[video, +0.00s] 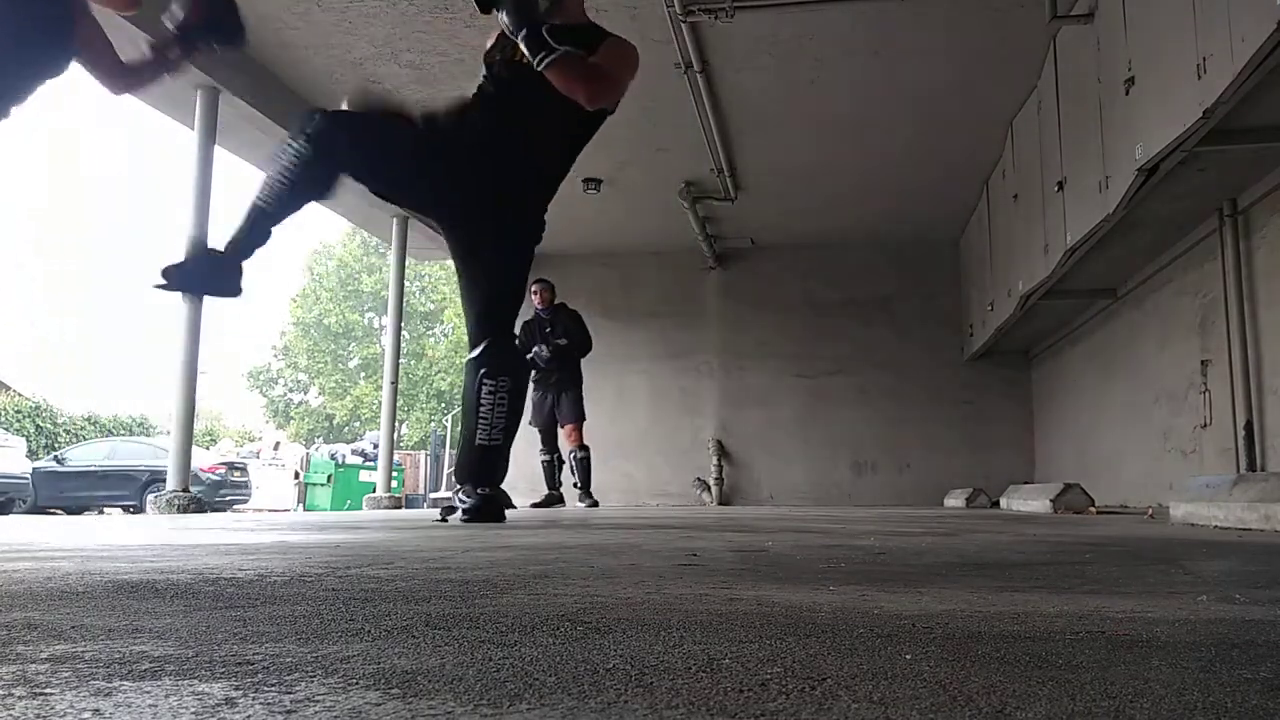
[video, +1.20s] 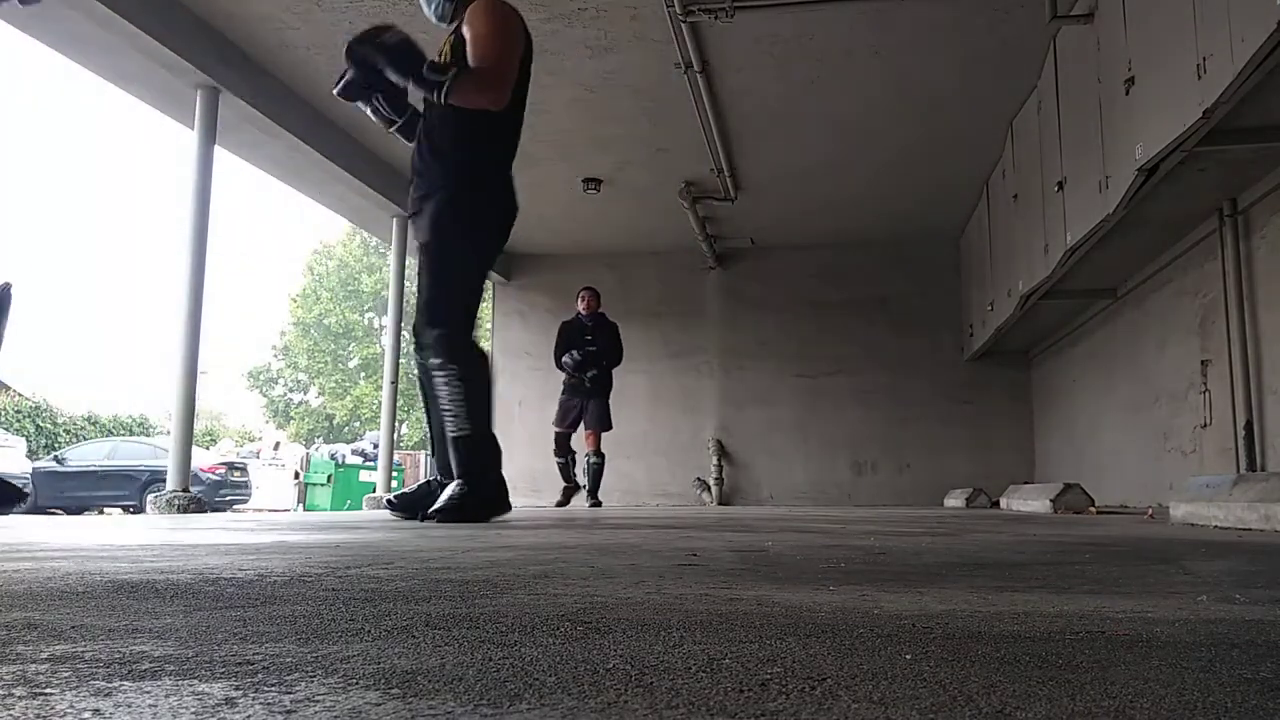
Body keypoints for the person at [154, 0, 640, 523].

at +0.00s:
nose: (532, 12)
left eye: (542, 8)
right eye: (529, 10)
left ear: (572, 5)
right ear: (536, 11)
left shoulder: (616, 51)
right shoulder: (512, 38)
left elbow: (588, 91)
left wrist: (530, 36)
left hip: (502, 208)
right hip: (439, 161)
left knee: (492, 342)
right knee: (329, 129)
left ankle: (479, 487)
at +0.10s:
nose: (511, 9)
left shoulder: (612, 44)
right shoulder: (504, 30)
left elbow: (591, 86)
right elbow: (457, 86)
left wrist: (531, 27)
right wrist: (400, 63)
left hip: (506, 202)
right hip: (446, 167)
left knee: (493, 341)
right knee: (340, 137)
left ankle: (484, 485)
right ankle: (300, 286)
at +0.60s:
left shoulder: (581, 14)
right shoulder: (485, 26)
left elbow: (520, 46)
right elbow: (396, 58)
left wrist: (463, 9)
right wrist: (322, 28)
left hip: (507, 200)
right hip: (450, 172)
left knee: (490, 339)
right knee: (325, 145)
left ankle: (482, 485)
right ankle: (356, 284)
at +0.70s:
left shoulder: (568, 12)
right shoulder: (473, 28)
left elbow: (501, 33)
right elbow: (384, 60)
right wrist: (314, 21)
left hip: (512, 199)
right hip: (456, 185)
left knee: (482, 333)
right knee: (337, 187)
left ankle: (484, 488)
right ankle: (399, 310)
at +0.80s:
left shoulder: (553, 11)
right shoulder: (467, 36)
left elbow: (486, 33)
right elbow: (377, 60)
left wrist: (431, 1)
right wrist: (314, 22)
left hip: (512, 201)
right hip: (455, 198)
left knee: (478, 331)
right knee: (349, 248)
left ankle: (484, 488)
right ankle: (430, 356)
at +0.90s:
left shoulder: (542, 11)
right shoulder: (464, 44)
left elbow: (475, 37)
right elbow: (389, 82)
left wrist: (419, 2)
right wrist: (340, 30)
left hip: (507, 203)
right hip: (452, 205)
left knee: (479, 325)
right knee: (369, 291)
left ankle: (484, 490)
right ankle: (444, 406)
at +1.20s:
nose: (429, 3)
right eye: (427, 2)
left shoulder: (490, 13)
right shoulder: (461, 42)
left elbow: (491, 91)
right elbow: (443, 143)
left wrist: (408, 66)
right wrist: (384, 101)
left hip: (467, 204)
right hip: (445, 208)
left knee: (443, 336)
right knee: (431, 338)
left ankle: (479, 481)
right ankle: (448, 475)